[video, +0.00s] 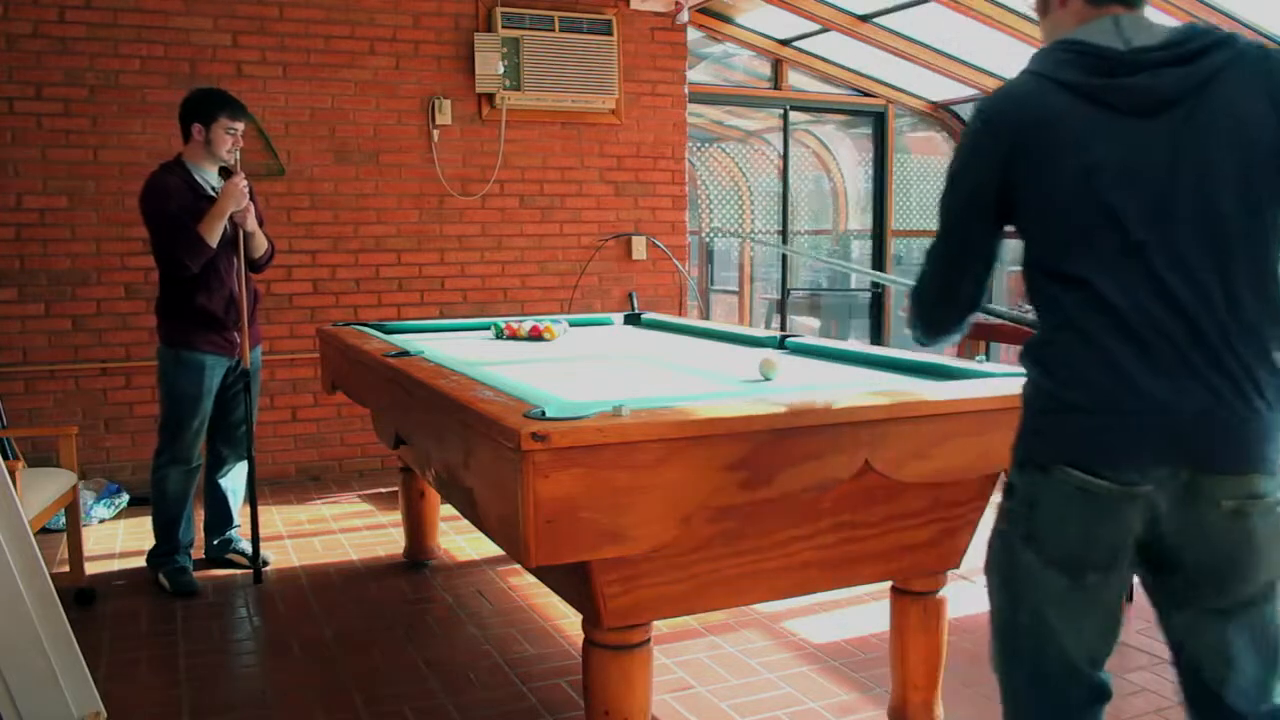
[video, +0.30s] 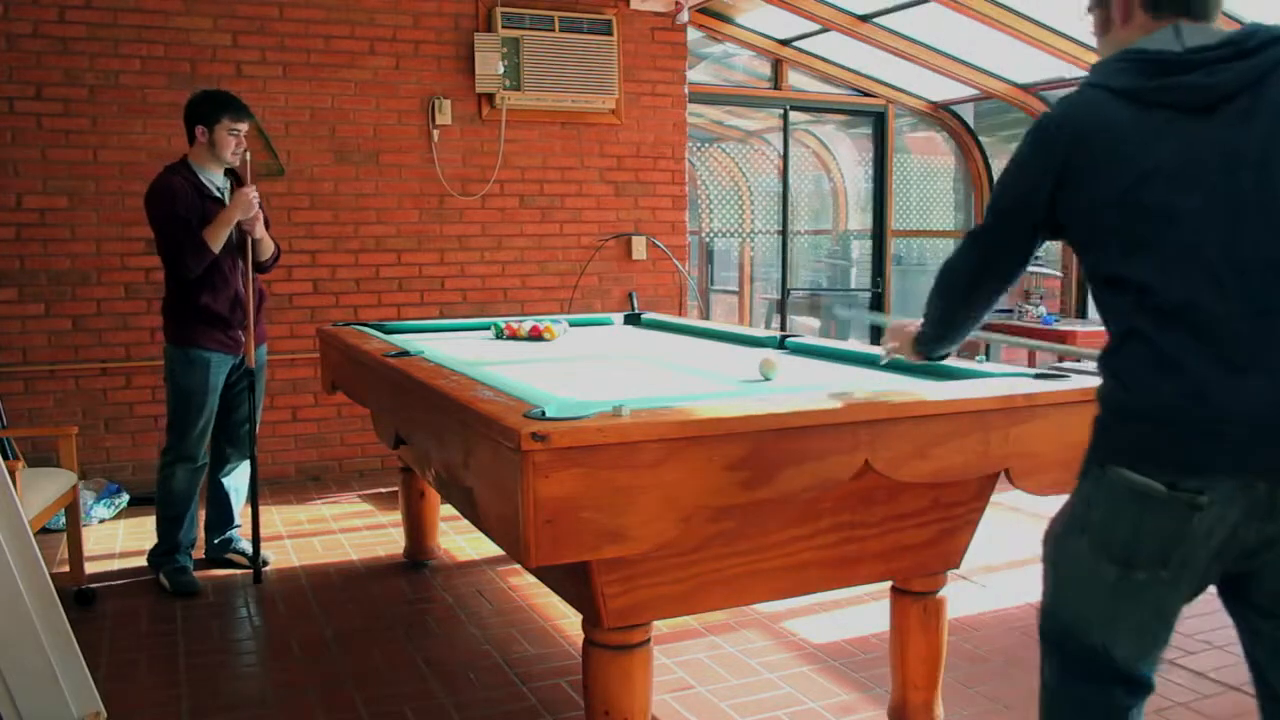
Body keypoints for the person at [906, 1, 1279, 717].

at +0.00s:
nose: (1035, 28)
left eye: (1036, 15)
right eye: (1035, 17)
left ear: (1060, 5)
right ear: (1139, 5)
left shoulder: (1017, 110)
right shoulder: (1261, 73)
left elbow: (935, 312)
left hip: (1082, 446)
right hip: (1239, 449)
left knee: (1050, 703)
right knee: (1247, 704)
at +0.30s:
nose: (1097, 42)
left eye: (1097, 23)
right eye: (1095, 27)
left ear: (1125, 11)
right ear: (1212, 8)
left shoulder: (1084, 122)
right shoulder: (1275, 70)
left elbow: (986, 261)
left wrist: (928, 339)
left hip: (1167, 446)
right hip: (1279, 444)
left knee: (1092, 680)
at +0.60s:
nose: (1040, 133)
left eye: (1040, 115)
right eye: (1038, 115)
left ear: (1066, 111)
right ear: (1156, 92)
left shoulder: (1043, 210)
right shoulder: (1260, 120)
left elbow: (934, 305)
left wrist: (859, 366)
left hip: (1167, 478)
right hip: (1272, 470)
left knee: (1109, 706)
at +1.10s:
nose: (1039, 242)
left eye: (1039, 228)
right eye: (1036, 230)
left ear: (1066, 224)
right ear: (1143, 192)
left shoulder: (1050, 305)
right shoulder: (1246, 201)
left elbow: (937, 355)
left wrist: (861, 379)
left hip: (1242, 510)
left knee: (1122, 701)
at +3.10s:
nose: (1049, 268)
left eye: (1050, 252)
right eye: (1046, 254)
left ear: (1077, 247)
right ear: (1151, 216)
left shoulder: (1057, 318)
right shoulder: (1249, 211)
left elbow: (941, 360)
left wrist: (862, 376)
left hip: (1239, 503)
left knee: (1137, 705)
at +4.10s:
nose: (1063, 149)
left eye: (1068, 130)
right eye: (1063, 132)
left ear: (1096, 128)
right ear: (1184, 117)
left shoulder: (1072, 203)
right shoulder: (1265, 151)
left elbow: (950, 277)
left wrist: (860, 338)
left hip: (1226, 487)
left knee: (1135, 704)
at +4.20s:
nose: (1091, 82)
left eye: (1095, 66)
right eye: (1093, 67)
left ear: (1124, 65)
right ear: (1219, 60)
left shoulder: (1094, 145)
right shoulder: (1267, 108)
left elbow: (959, 239)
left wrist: (865, 320)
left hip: (1224, 481)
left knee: (1130, 704)